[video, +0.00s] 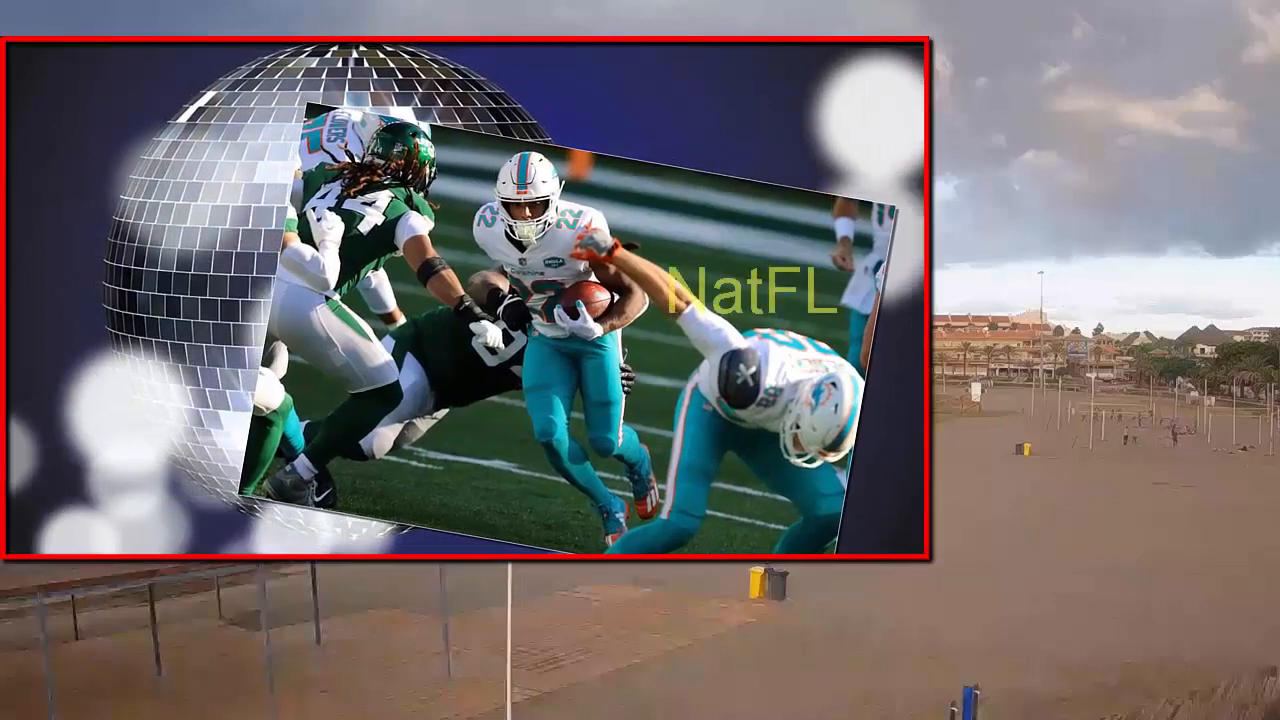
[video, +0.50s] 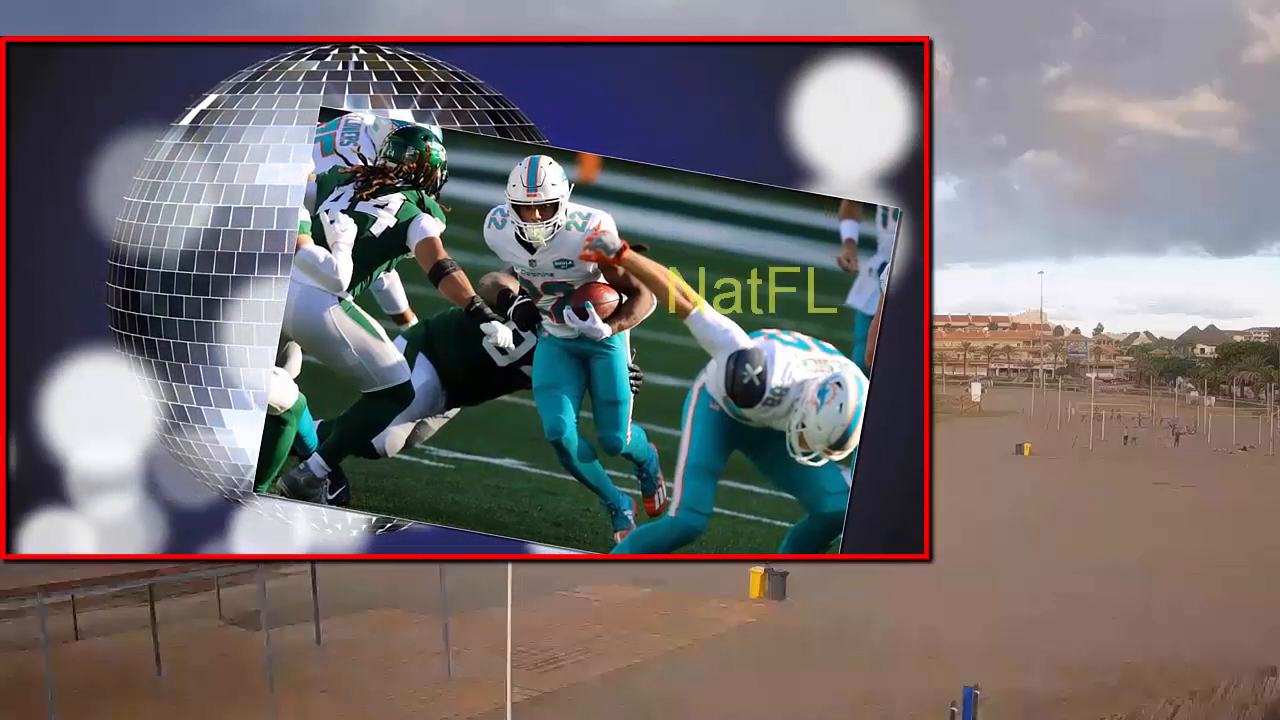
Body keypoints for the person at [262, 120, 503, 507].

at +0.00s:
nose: (428, 175)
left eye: (427, 167)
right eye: (426, 167)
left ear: (372, 153)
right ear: (414, 167)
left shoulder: (323, 176)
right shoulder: (401, 209)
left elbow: (270, 204)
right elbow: (429, 267)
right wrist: (471, 314)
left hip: (258, 283)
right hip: (307, 302)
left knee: (266, 372)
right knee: (384, 389)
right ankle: (300, 472)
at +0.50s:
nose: (439, 178)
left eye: (439, 170)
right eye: (437, 170)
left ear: (384, 156)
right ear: (427, 170)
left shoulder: (336, 178)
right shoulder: (414, 211)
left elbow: (285, 207)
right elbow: (440, 268)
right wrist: (482, 315)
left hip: (272, 285)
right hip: (321, 302)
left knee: (283, 366)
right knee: (395, 388)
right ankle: (313, 470)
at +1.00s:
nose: (451, 181)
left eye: (450, 174)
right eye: (449, 173)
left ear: (396, 160)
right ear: (439, 175)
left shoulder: (350, 183)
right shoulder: (425, 214)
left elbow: (301, 202)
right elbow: (451, 270)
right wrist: (493, 316)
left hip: (287, 285)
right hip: (334, 304)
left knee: (292, 372)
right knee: (408, 389)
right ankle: (326, 470)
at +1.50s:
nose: (462, 184)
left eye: (462, 177)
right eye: (460, 176)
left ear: (409, 163)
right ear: (450, 177)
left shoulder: (365, 184)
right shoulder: (439, 216)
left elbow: (315, 202)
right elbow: (463, 271)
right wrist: (504, 316)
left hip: (299, 284)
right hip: (346, 304)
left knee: (303, 386)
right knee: (420, 389)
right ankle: (339, 468)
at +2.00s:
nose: (474, 186)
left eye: (473, 178)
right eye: (472, 178)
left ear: (420, 165)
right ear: (462, 179)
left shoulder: (376, 188)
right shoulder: (449, 218)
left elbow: (328, 213)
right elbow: (474, 273)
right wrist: (514, 316)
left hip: (315, 286)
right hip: (360, 305)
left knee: (321, 373)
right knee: (433, 388)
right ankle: (355, 464)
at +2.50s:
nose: (485, 189)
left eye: (485, 182)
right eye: (483, 182)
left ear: (435, 170)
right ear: (473, 182)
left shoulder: (390, 190)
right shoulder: (463, 218)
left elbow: (340, 207)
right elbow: (485, 273)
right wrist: (522, 314)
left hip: (328, 289)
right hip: (374, 306)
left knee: (334, 369)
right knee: (445, 388)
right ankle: (367, 462)